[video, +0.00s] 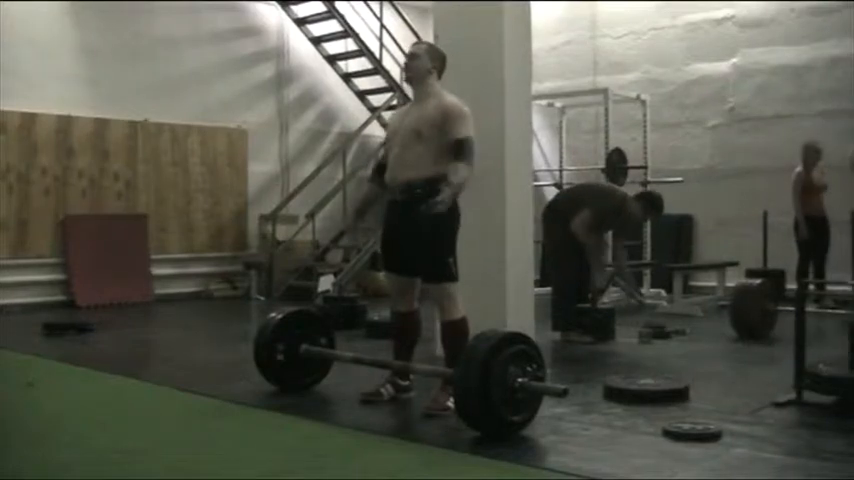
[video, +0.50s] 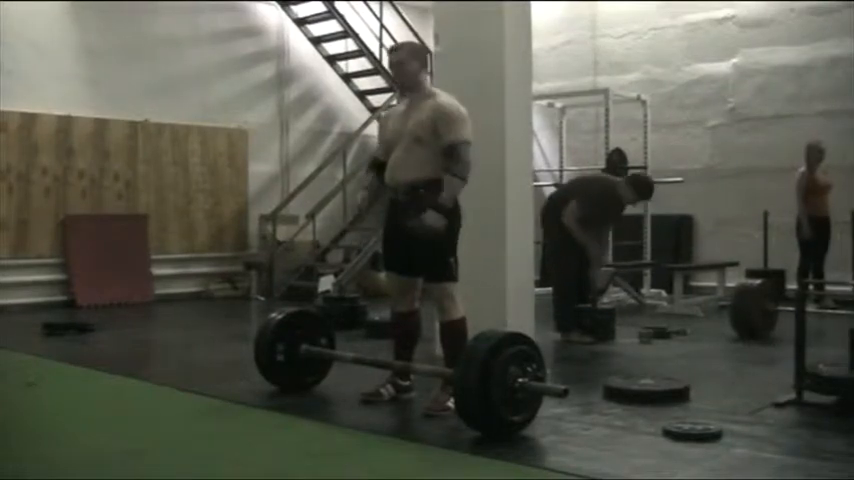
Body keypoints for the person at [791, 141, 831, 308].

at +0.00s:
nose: (814, 161)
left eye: (816, 157)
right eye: (811, 157)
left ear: (819, 158)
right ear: (805, 157)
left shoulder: (818, 174)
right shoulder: (799, 175)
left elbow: (821, 190)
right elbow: (796, 202)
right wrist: (801, 224)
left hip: (819, 219)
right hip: (805, 220)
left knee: (820, 258)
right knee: (804, 257)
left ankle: (820, 293)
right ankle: (802, 292)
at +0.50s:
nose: (818, 159)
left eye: (820, 156)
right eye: (815, 155)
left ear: (822, 157)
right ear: (809, 156)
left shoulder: (820, 175)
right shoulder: (803, 175)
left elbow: (821, 199)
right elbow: (800, 202)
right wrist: (804, 224)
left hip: (822, 220)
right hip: (808, 220)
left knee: (819, 259)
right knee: (806, 258)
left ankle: (820, 294)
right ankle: (802, 293)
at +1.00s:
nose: (819, 159)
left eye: (821, 155)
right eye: (816, 155)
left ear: (825, 157)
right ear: (810, 156)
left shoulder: (824, 175)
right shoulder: (807, 175)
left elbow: (824, 200)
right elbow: (804, 202)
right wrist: (807, 224)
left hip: (823, 220)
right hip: (810, 220)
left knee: (819, 259)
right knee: (807, 258)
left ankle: (820, 293)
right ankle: (803, 293)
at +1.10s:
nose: (820, 158)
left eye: (822, 155)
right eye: (817, 154)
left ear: (825, 157)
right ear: (811, 155)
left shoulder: (824, 175)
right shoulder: (807, 175)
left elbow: (824, 200)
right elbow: (804, 202)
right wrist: (807, 224)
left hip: (823, 220)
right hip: (810, 220)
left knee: (819, 259)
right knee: (807, 258)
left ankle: (820, 293)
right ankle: (802, 292)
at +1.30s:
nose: (822, 158)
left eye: (823, 155)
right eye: (819, 154)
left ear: (825, 157)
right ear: (812, 155)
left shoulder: (822, 175)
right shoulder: (808, 175)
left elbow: (823, 200)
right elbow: (804, 202)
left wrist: (826, 219)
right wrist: (808, 224)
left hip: (823, 220)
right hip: (810, 220)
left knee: (819, 259)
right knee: (807, 259)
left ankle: (820, 294)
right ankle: (802, 293)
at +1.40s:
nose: (820, 159)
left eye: (822, 156)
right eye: (817, 156)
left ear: (825, 158)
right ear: (811, 156)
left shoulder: (823, 175)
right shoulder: (808, 175)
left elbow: (824, 201)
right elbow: (804, 202)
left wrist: (827, 220)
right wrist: (808, 224)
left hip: (823, 220)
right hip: (810, 220)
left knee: (819, 260)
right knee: (807, 259)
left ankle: (820, 294)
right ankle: (802, 293)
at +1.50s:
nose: (821, 160)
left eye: (823, 156)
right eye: (818, 156)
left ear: (826, 158)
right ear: (812, 156)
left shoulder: (823, 175)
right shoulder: (808, 175)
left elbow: (824, 201)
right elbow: (804, 202)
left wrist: (827, 220)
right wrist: (807, 225)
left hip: (824, 220)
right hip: (810, 220)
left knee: (819, 259)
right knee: (807, 259)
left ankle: (819, 294)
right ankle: (802, 293)